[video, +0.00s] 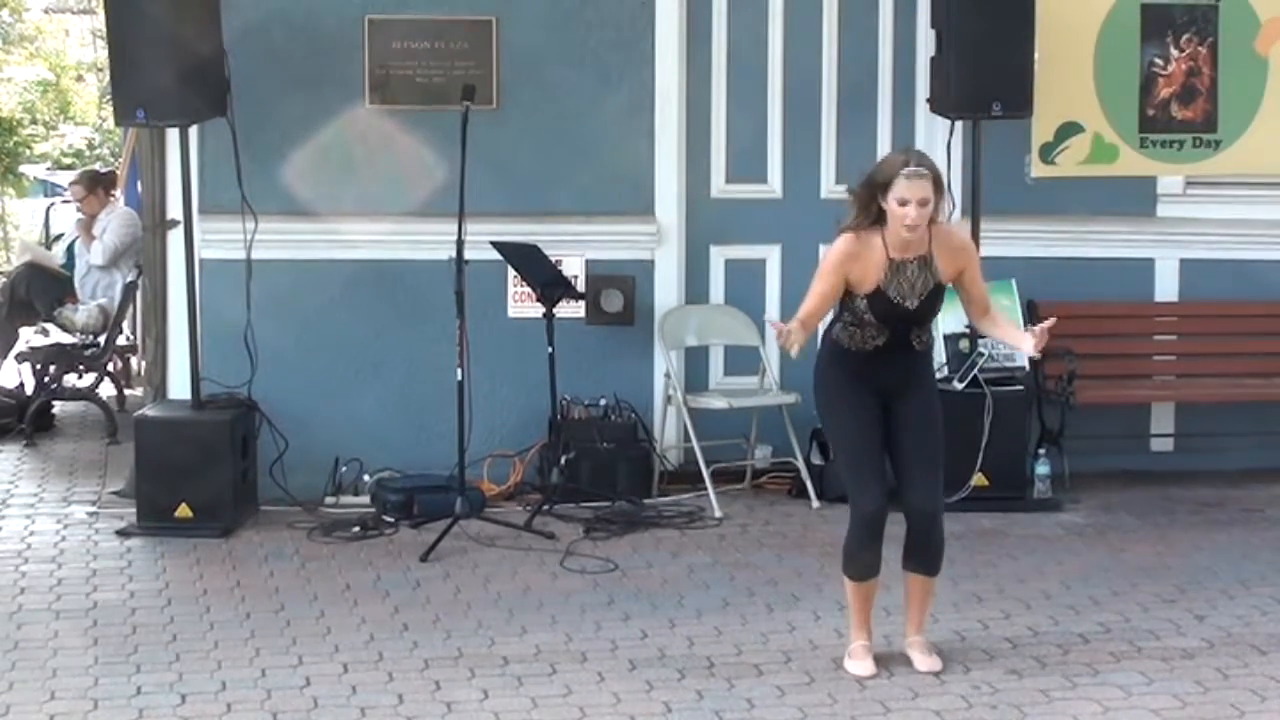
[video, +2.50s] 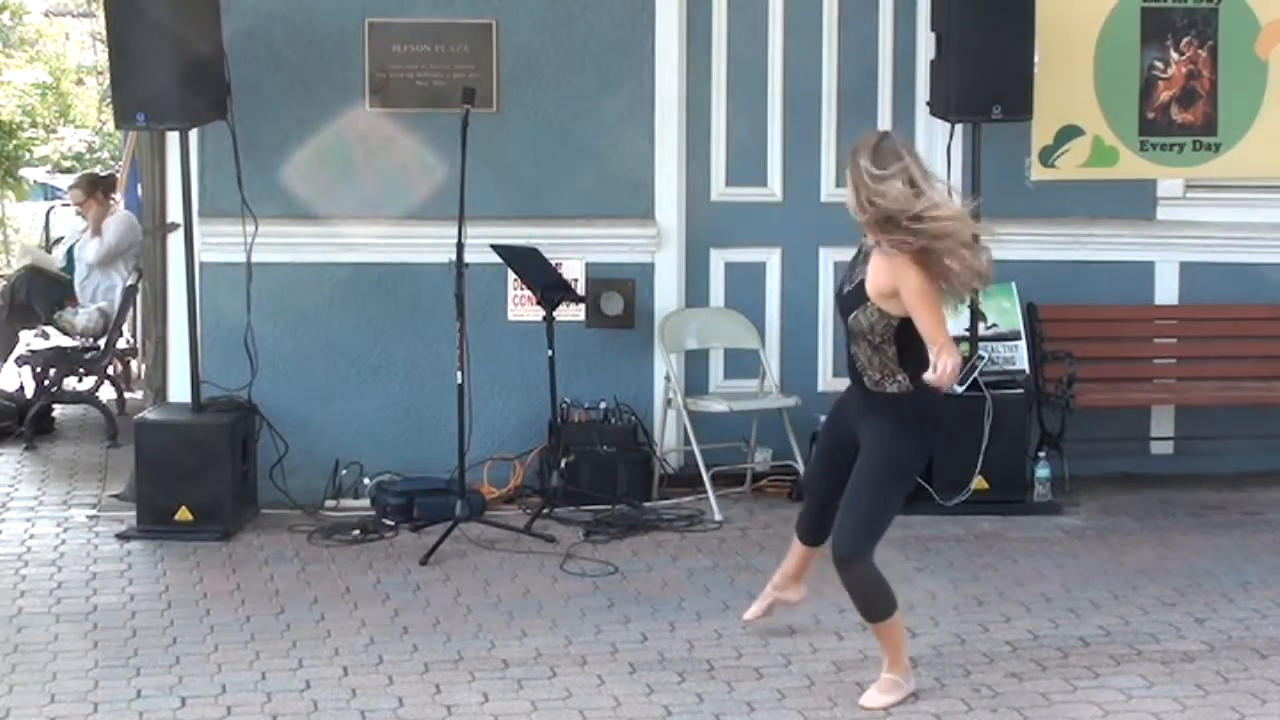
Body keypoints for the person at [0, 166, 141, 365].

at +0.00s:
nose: (78, 208)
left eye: (81, 201)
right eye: (75, 202)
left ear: (100, 193)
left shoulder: (125, 218)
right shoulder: (89, 222)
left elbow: (103, 257)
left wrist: (84, 233)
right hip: (80, 302)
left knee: (29, 274)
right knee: (13, 309)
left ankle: (6, 296)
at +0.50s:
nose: (77, 208)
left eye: (80, 202)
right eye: (75, 203)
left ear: (100, 194)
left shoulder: (125, 219)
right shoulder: (88, 223)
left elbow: (103, 258)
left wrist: (84, 235)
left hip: (104, 311)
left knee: (30, 274)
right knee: (14, 313)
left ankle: (6, 298)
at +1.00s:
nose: (77, 209)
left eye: (80, 203)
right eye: (75, 204)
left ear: (100, 195)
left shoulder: (125, 220)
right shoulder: (87, 223)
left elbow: (103, 258)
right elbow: (58, 259)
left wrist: (84, 235)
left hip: (104, 309)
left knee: (29, 275)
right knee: (13, 312)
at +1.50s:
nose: (78, 210)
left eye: (81, 203)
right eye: (75, 205)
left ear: (100, 196)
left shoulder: (125, 221)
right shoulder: (84, 229)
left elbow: (102, 257)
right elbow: (58, 259)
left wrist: (90, 230)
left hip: (105, 312)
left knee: (30, 276)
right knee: (12, 315)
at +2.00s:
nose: (77, 212)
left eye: (79, 205)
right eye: (75, 206)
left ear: (98, 196)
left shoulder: (125, 220)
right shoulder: (83, 231)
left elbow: (98, 248)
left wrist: (92, 225)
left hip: (100, 315)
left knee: (29, 276)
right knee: (11, 315)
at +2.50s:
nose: (78, 211)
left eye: (80, 205)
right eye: (75, 206)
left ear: (98, 197)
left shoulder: (124, 221)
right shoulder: (85, 229)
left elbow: (96, 257)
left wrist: (95, 223)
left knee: (29, 278)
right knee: (12, 316)